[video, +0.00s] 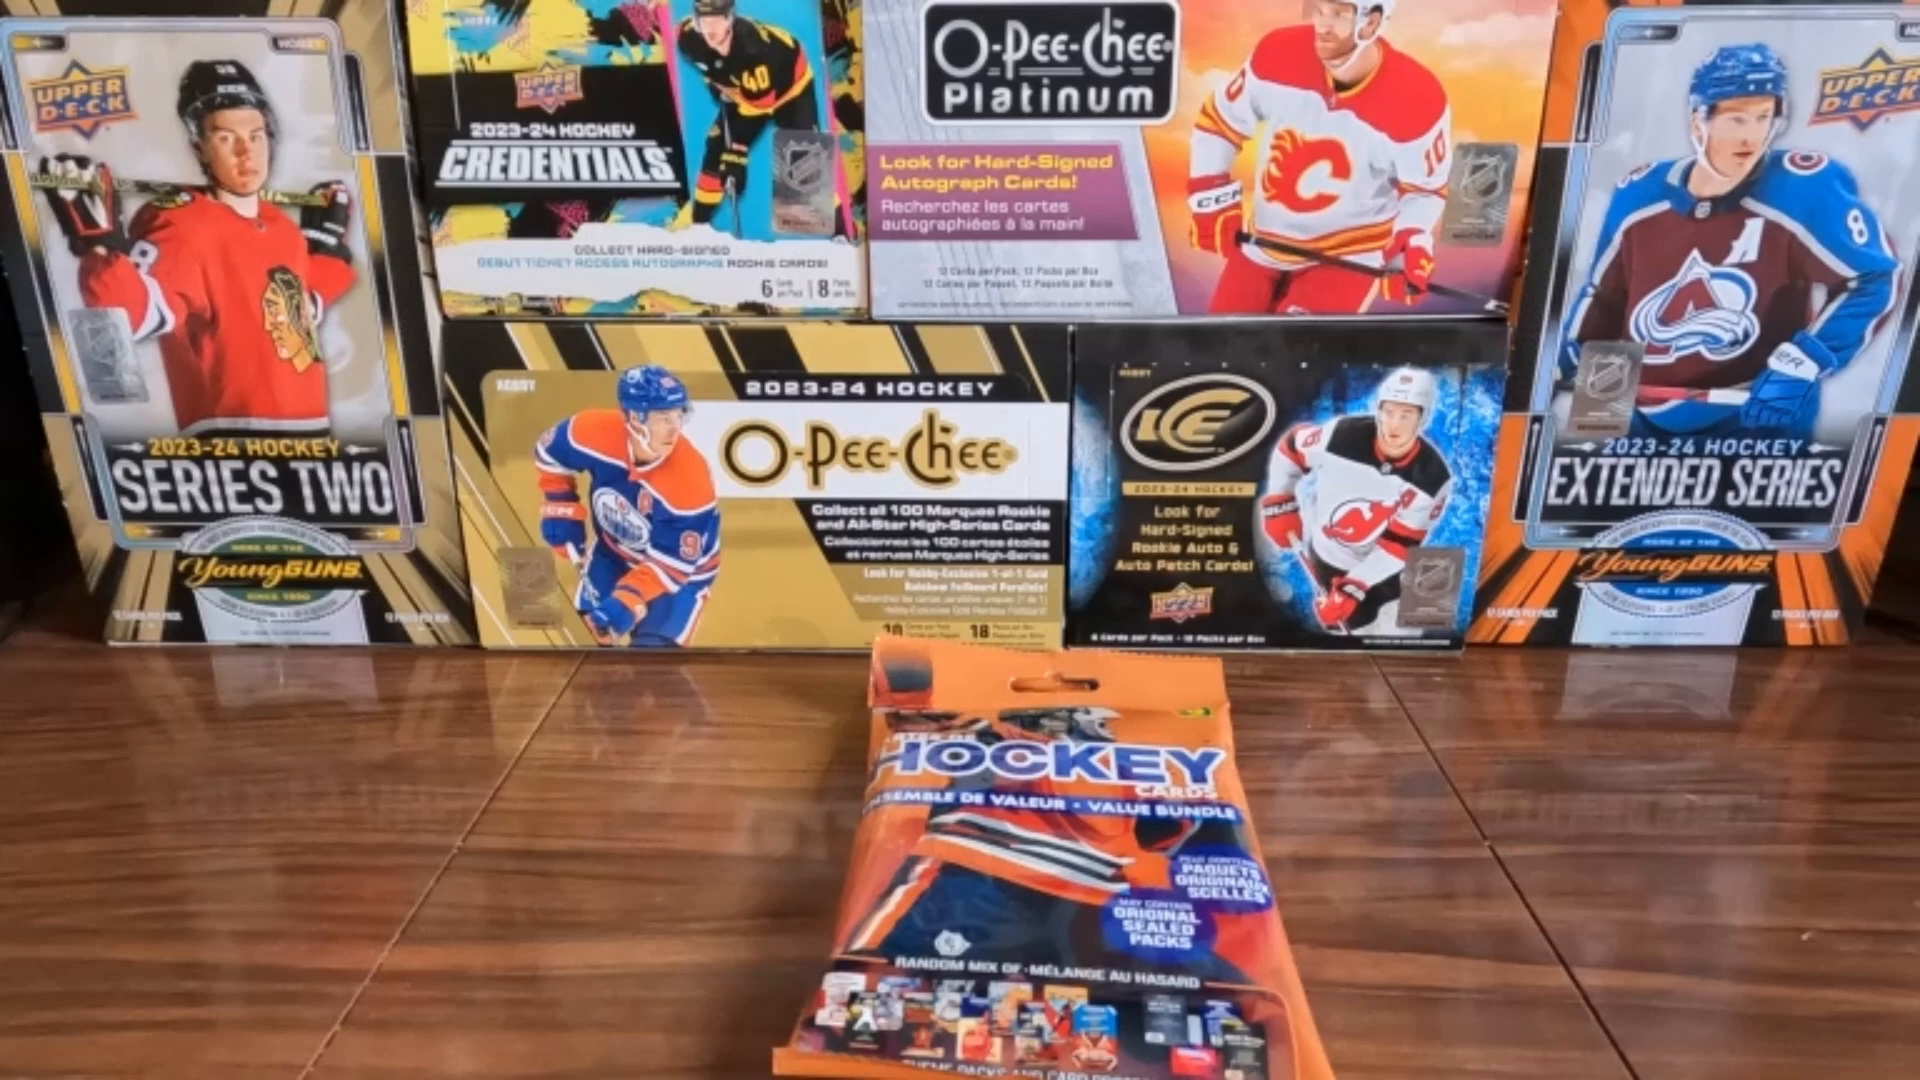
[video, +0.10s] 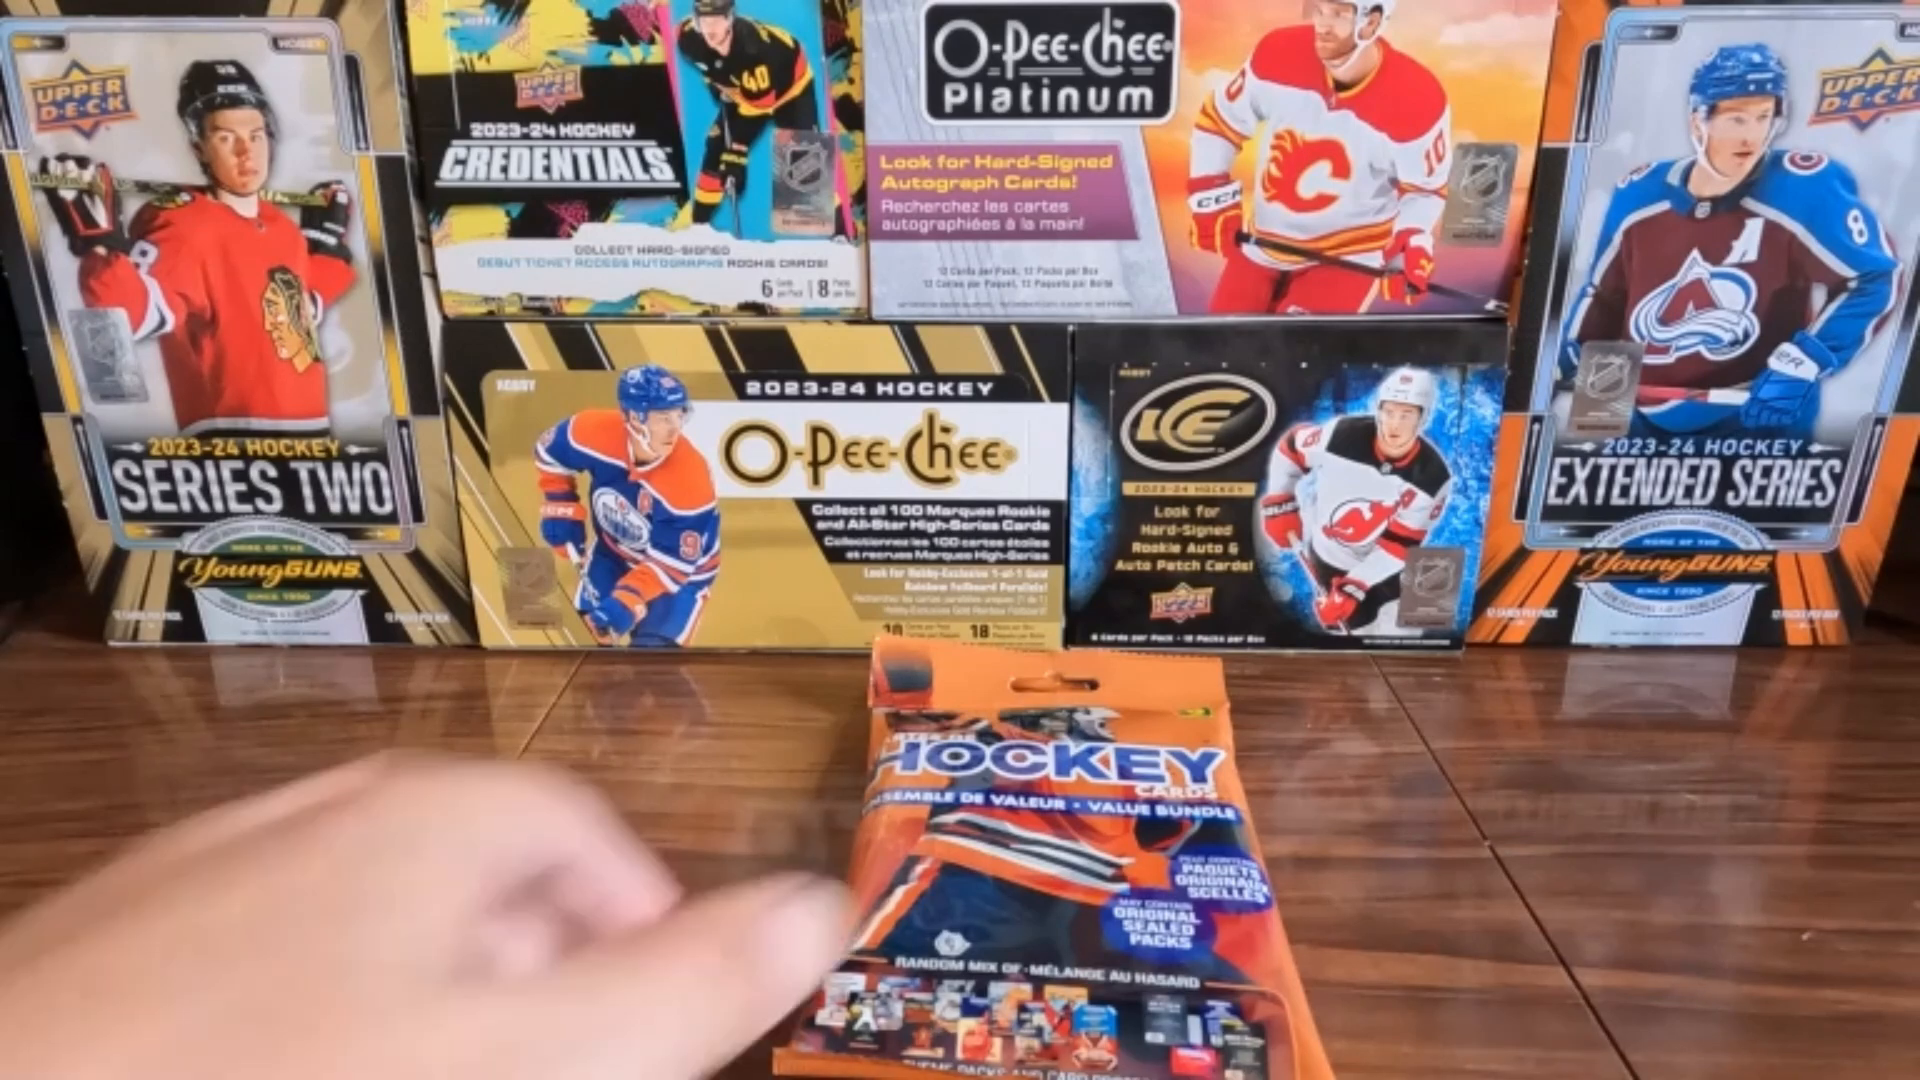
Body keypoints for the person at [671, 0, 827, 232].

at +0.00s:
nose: (710, 29)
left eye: (716, 21)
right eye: (704, 22)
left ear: (730, 18)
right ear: (696, 22)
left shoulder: (753, 47)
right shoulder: (689, 38)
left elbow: (759, 107)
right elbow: (707, 69)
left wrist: (737, 153)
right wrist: (721, 88)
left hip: (791, 92)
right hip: (742, 98)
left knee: (805, 161)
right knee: (716, 147)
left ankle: (840, 230)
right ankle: (698, 222)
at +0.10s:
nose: (710, 29)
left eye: (717, 22)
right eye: (704, 22)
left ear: (730, 19)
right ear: (696, 22)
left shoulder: (753, 47)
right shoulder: (688, 38)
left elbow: (759, 107)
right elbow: (707, 69)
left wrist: (736, 155)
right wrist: (719, 88)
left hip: (790, 91)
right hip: (742, 96)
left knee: (804, 160)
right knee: (717, 146)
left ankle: (838, 230)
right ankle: (699, 222)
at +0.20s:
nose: (711, 29)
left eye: (717, 22)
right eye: (705, 22)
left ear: (730, 18)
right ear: (696, 22)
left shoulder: (753, 47)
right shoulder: (689, 38)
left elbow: (759, 107)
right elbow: (707, 69)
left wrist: (737, 154)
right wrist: (720, 89)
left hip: (790, 91)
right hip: (743, 97)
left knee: (803, 159)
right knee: (717, 146)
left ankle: (839, 230)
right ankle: (699, 222)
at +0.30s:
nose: (710, 30)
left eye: (716, 22)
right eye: (704, 22)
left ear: (729, 19)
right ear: (696, 21)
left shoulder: (752, 47)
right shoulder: (688, 38)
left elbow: (758, 107)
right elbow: (707, 68)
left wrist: (737, 152)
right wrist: (722, 87)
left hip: (791, 91)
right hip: (740, 96)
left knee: (807, 161)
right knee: (717, 149)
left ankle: (840, 231)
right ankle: (698, 223)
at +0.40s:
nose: (710, 29)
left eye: (716, 21)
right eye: (704, 21)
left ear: (730, 19)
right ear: (696, 21)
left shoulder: (752, 46)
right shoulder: (689, 38)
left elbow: (759, 107)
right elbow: (707, 67)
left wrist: (737, 154)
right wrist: (720, 87)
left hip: (790, 91)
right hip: (741, 97)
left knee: (805, 163)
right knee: (716, 148)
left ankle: (841, 230)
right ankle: (698, 222)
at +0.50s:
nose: (710, 29)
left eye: (716, 22)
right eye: (704, 22)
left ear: (730, 19)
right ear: (696, 22)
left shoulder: (753, 47)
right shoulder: (689, 38)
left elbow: (759, 107)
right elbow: (707, 68)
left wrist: (737, 154)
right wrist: (720, 88)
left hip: (791, 91)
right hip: (741, 97)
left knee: (807, 159)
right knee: (716, 147)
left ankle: (841, 230)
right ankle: (698, 222)